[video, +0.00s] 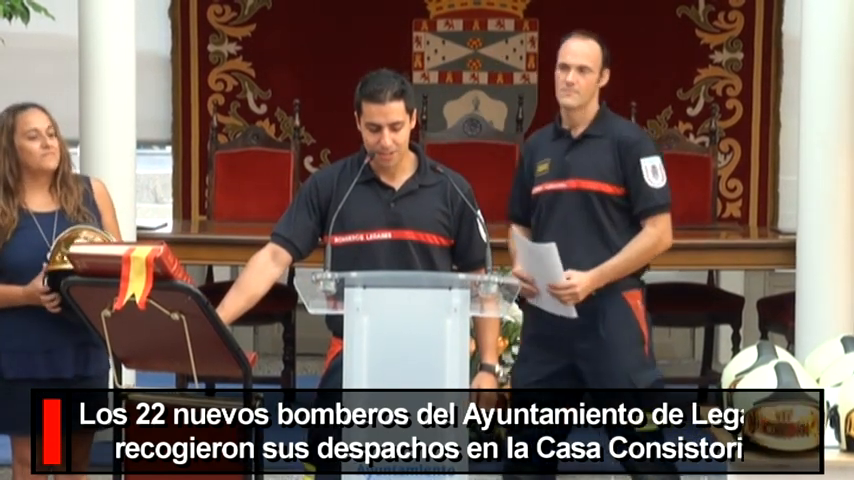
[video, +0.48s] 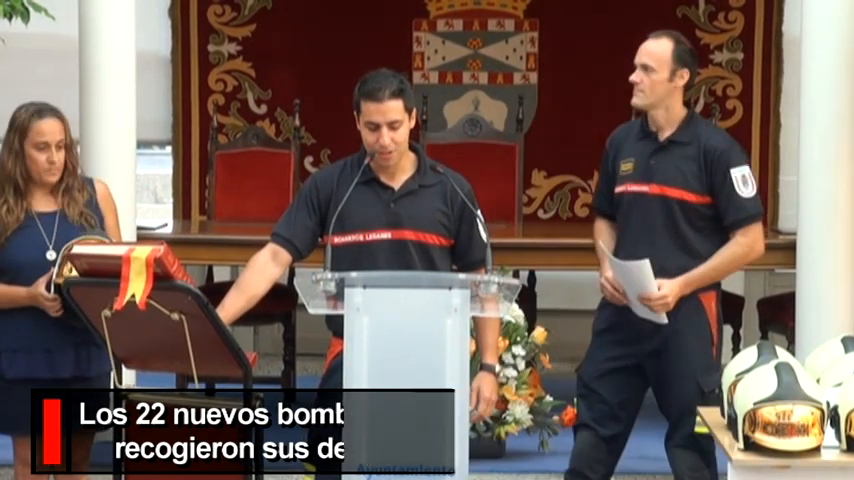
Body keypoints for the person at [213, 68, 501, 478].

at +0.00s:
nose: (384, 141)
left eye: (395, 127)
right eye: (373, 128)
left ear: (413, 121)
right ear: (358, 124)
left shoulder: (452, 191)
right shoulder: (329, 186)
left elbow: (481, 282)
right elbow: (274, 257)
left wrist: (489, 366)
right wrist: (214, 324)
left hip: (434, 353)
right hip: (354, 352)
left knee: (437, 469)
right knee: (333, 464)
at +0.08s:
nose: (385, 141)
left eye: (395, 128)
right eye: (374, 129)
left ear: (413, 121)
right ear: (358, 124)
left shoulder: (452, 191)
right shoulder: (329, 186)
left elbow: (481, 283)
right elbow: (274, 257)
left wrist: (489, 367)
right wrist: (214, 324)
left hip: (434, 353)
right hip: (354, 352)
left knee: (438, 468)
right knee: (331, 463)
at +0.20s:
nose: (385, 141)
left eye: (395, 127)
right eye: (373, 129)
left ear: (413, 121)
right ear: (358, 124)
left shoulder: (452, 191)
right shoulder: (329, 186)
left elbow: (481, 283)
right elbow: (273, 257)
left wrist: (489, 367)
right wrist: (214, 325)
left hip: (434, 354)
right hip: (355, 353)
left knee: (437, 468)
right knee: (333, 462)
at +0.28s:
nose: (385, 141)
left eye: (395, 127)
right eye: (373, 128)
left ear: (413, 121)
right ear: (358, 124)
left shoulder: (452, 191)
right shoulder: (329, 186)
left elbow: (481, 283)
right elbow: (273, 257)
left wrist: (489, 367)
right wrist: (214, 325)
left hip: (434, 354)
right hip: (354, 353)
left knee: (436, 468)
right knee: (333, 462)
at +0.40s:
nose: (384, 140)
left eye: (394, 127)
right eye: (373, 128)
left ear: (413, 121)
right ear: (357, 124)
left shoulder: (452, 191)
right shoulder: (329, 186)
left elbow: (482, 283)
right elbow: (273, 257)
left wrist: (489, 366)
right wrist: (214, 326)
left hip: (433, 354)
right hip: (354, 353)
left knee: (433, 466)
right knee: (332, 462)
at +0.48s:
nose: (383, 140)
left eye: (394, 126)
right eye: (372, 127)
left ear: (413, 120)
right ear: (357, 124)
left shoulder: (452, 191)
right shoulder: (329, 186)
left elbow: (481, 283)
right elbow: (273, 257)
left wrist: (488, 367)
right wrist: (214, 325)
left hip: (433, 356)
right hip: (354, 355)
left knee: (430, 466)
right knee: (331, 463)